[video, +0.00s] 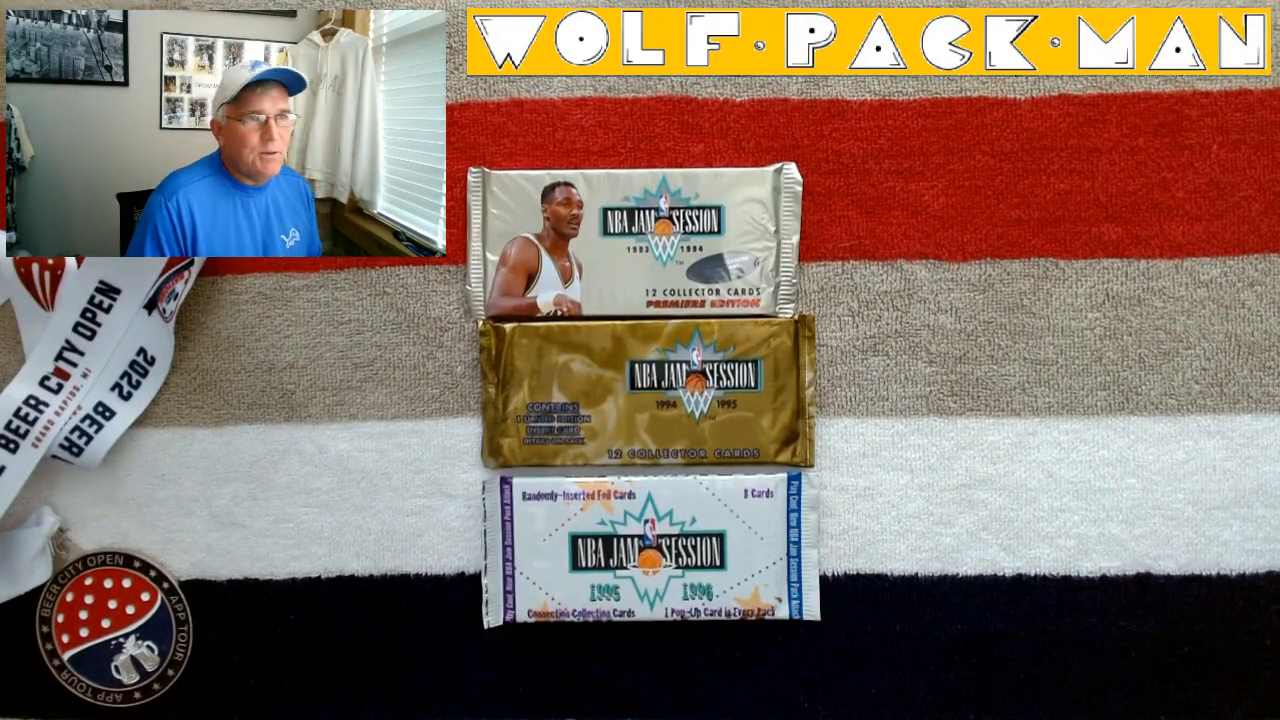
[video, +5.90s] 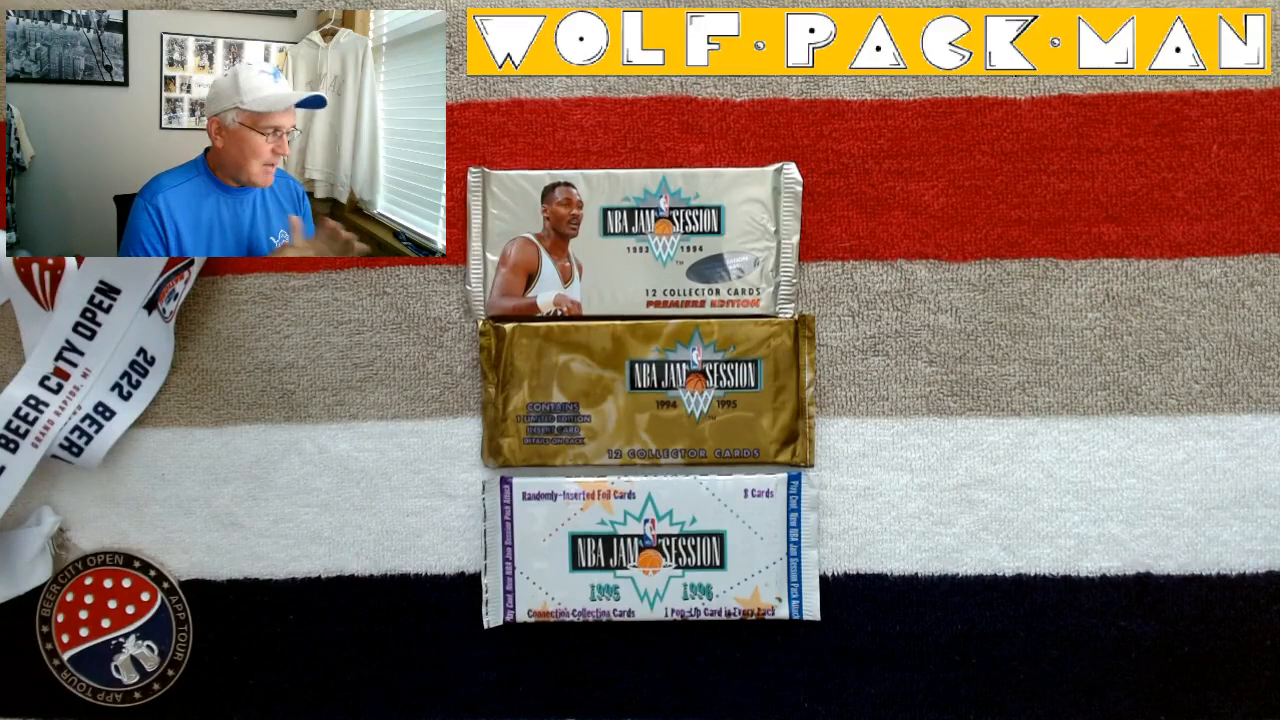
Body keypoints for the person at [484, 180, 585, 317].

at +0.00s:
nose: (576, 213)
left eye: (580, 206)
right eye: (566, 205)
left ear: (583, 211)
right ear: (545, 211)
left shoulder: (575, 265)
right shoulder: (521, 249)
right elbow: (495, 307)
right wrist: (550, 301)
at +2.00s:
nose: (576, 213)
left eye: (580, 206)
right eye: (566, 204)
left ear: (583, 211)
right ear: (546, 211)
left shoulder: (575, 266)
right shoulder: (521, 249)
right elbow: (495, 307)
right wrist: (551, 300)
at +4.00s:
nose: (576, 213)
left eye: (580, 207)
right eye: (566, 205)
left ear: (583, 211)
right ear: (545, 211)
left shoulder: (575, 266)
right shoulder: (521, 250)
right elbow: (495, 307)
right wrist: (550, 301)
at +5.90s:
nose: (576, 213)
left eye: (580, 207)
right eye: (566, 205)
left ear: (583, 211)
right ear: (545, 211)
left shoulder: (575, 266)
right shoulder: (520, 250)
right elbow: (495, 307)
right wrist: (551, 300)